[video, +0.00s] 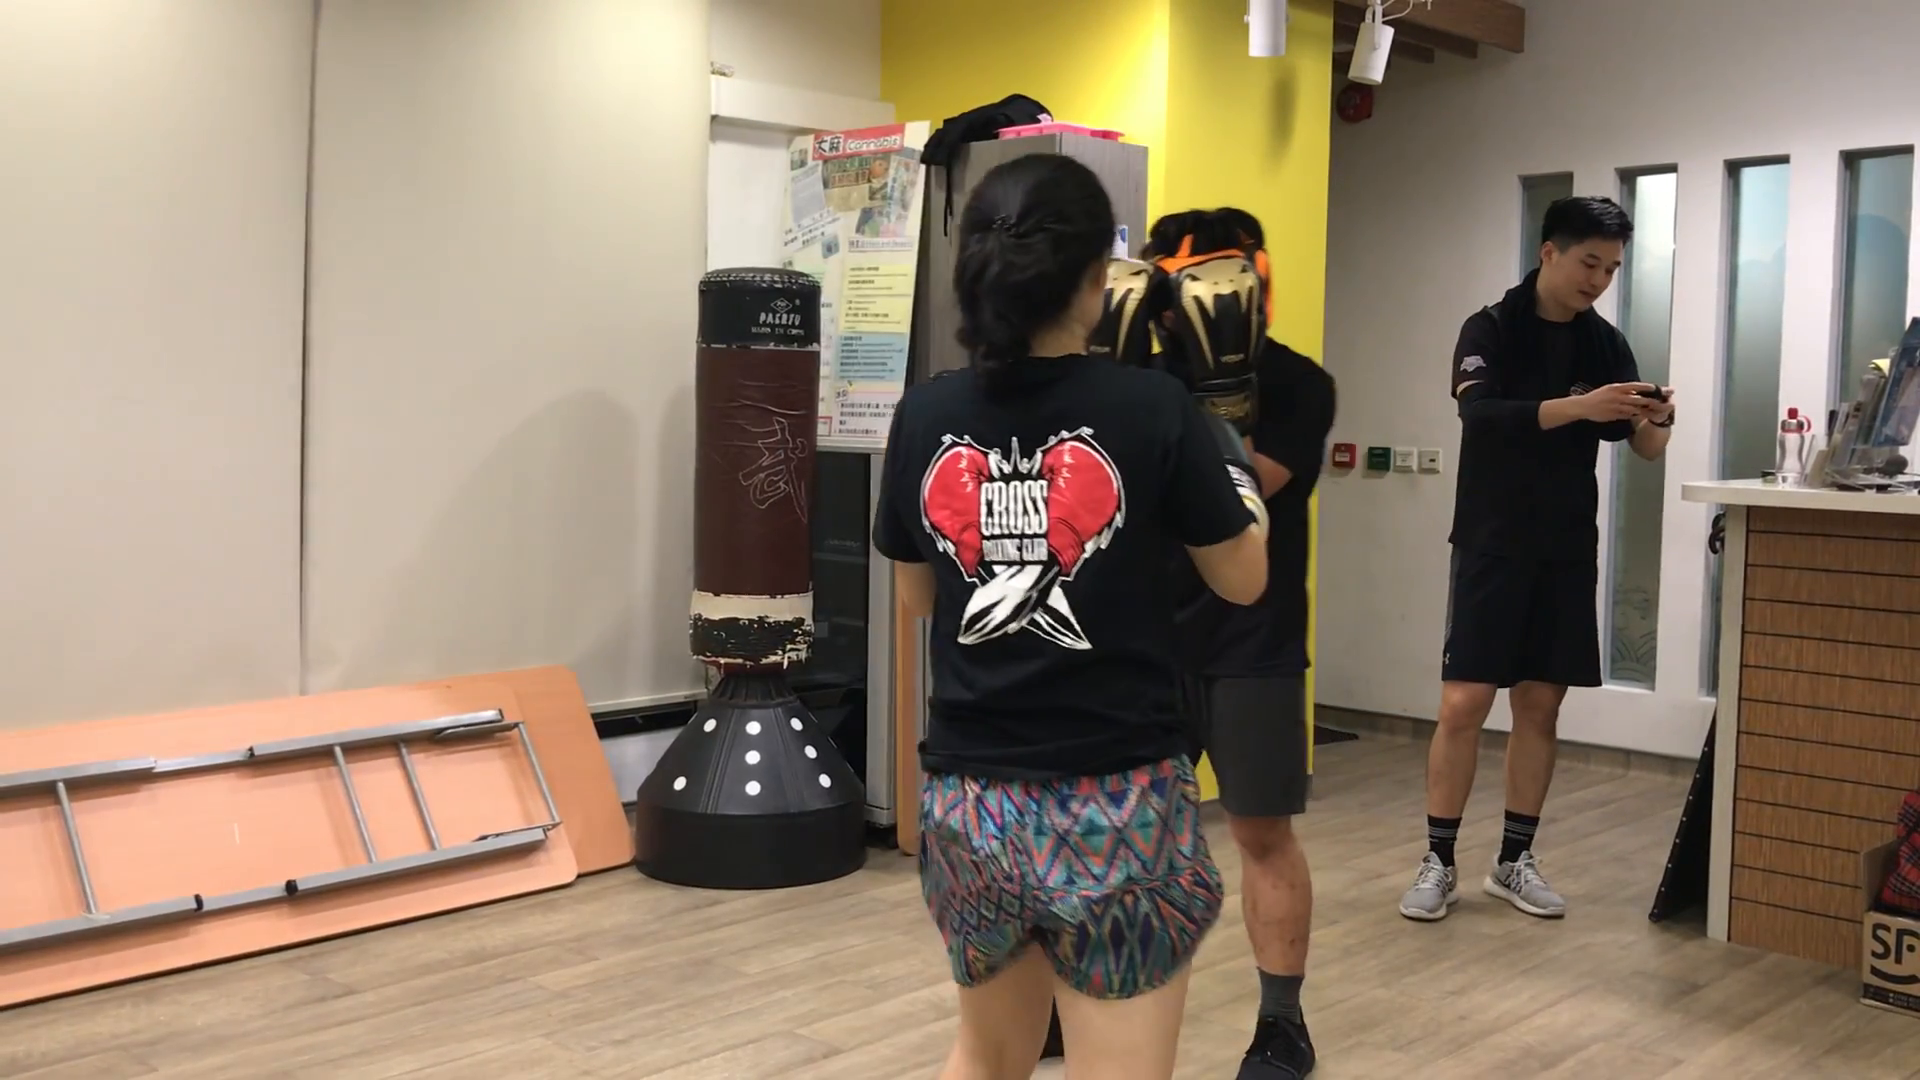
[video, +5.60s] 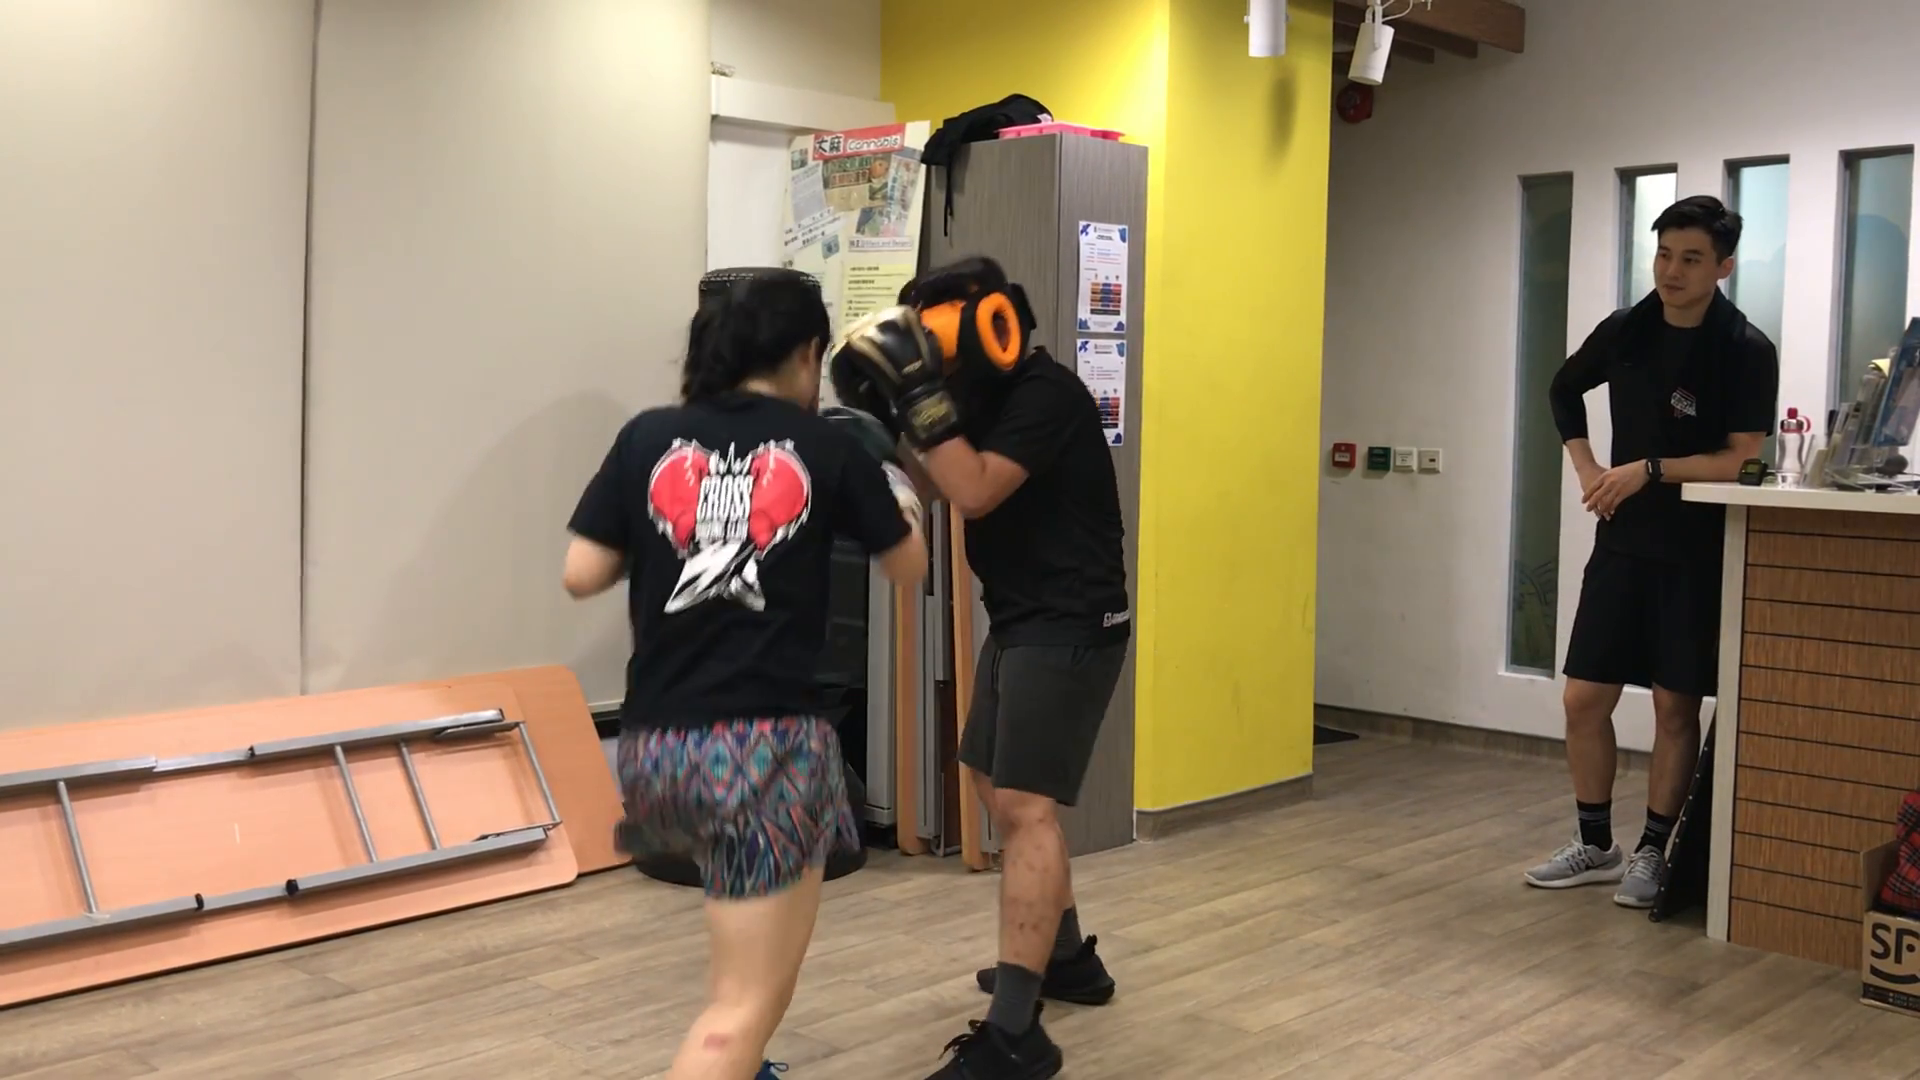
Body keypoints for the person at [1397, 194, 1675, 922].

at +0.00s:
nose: (1600, 280)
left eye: (1610, 269)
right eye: (1590, 264)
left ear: (1613, 271)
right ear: (1548, 252)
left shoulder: (1606, 346)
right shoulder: (1489, 328)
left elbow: (1648, 449)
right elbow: (1481, 415)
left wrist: (1655, 420)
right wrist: (1584, 406)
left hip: (1565, 551)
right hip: (1490, 545)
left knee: (1539, 707)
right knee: (1462, 705)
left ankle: (1515, 861)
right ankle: (1438, 862)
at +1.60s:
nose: (1556, 252)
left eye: (1571, 240)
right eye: (1543, 238)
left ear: (1592, 252)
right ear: (1521, 246)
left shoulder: (1603, 339)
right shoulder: (1484, 322)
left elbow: (1642, 433)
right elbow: (1462, 356)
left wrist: (1704, 459)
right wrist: (1498, 345)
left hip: (1566, 546)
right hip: (1489, 539)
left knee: (1541, 708)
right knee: (1460, 706)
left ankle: (1514, 861)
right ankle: (1437, 863)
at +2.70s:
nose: (1571, 254)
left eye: (1587, 243)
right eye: (1558, 240)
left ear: (1605, 253)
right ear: (1536, 245)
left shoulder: (1617, 340)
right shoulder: (1502, 325)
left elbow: (1641, 437)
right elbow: (1449, 412)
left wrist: (1684, 457)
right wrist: (1526, 381)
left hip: (1573, 545)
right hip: (1496, 539)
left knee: (1543, 706)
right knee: (1468, 700)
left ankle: (1515, 861)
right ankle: (1435, 861)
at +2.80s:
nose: (1577, 256)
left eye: (1593, 244)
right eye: (1565, 241)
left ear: (1613, 254)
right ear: (1543, 247)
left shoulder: (1626, 343)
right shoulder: (1502, 335)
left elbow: (1646, 439)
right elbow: (1451, 431)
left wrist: (1665, 453)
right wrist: (1505, 457)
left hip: (1577, 548)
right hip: (1499, 542)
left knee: (1545, 705)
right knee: (1468, 699)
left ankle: (1515, 861)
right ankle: (1434, 859)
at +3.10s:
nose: (1571, 259)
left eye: (1588, 248)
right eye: (1560, 245)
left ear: (1612, 258)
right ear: (1544, 251)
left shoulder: (1641, 346)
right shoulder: (1509, 337)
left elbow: (1675, 437)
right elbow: (1466, 424)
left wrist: (1651, 459)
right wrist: (1468, 491)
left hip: (1588, 550)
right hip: (1508, 540)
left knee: (1554, 706)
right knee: (1482, 700)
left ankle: (1519, 857)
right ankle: (1528, 798)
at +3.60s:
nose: (1575, 268)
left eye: (1591, 256)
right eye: (1566, 254)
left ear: (1620, 262)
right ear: (1554, 257)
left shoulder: (1652, 343)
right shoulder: (1532, 339)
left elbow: (1695, 438)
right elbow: (1489, 425)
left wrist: (1640, 468)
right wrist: (1488, 482)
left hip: (1615, 536)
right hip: (1545, 532)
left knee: (1600, 694)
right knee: (1553, 690)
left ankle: (1631, 847)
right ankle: (1577, 841)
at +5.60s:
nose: (1671, 269)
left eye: (1690, 258)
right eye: (1664, 255)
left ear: (1724, 264)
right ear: (1652, 255)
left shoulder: (1746, 350)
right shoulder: (1627, 329)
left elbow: (1746, 457)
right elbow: (1564, 389)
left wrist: (1649, 469)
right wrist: (1586, 468)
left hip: (1699, 546)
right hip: (1624, 538)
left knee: (1674, 706)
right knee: (1583, 695)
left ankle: (1652, 854)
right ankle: (1594, 844)